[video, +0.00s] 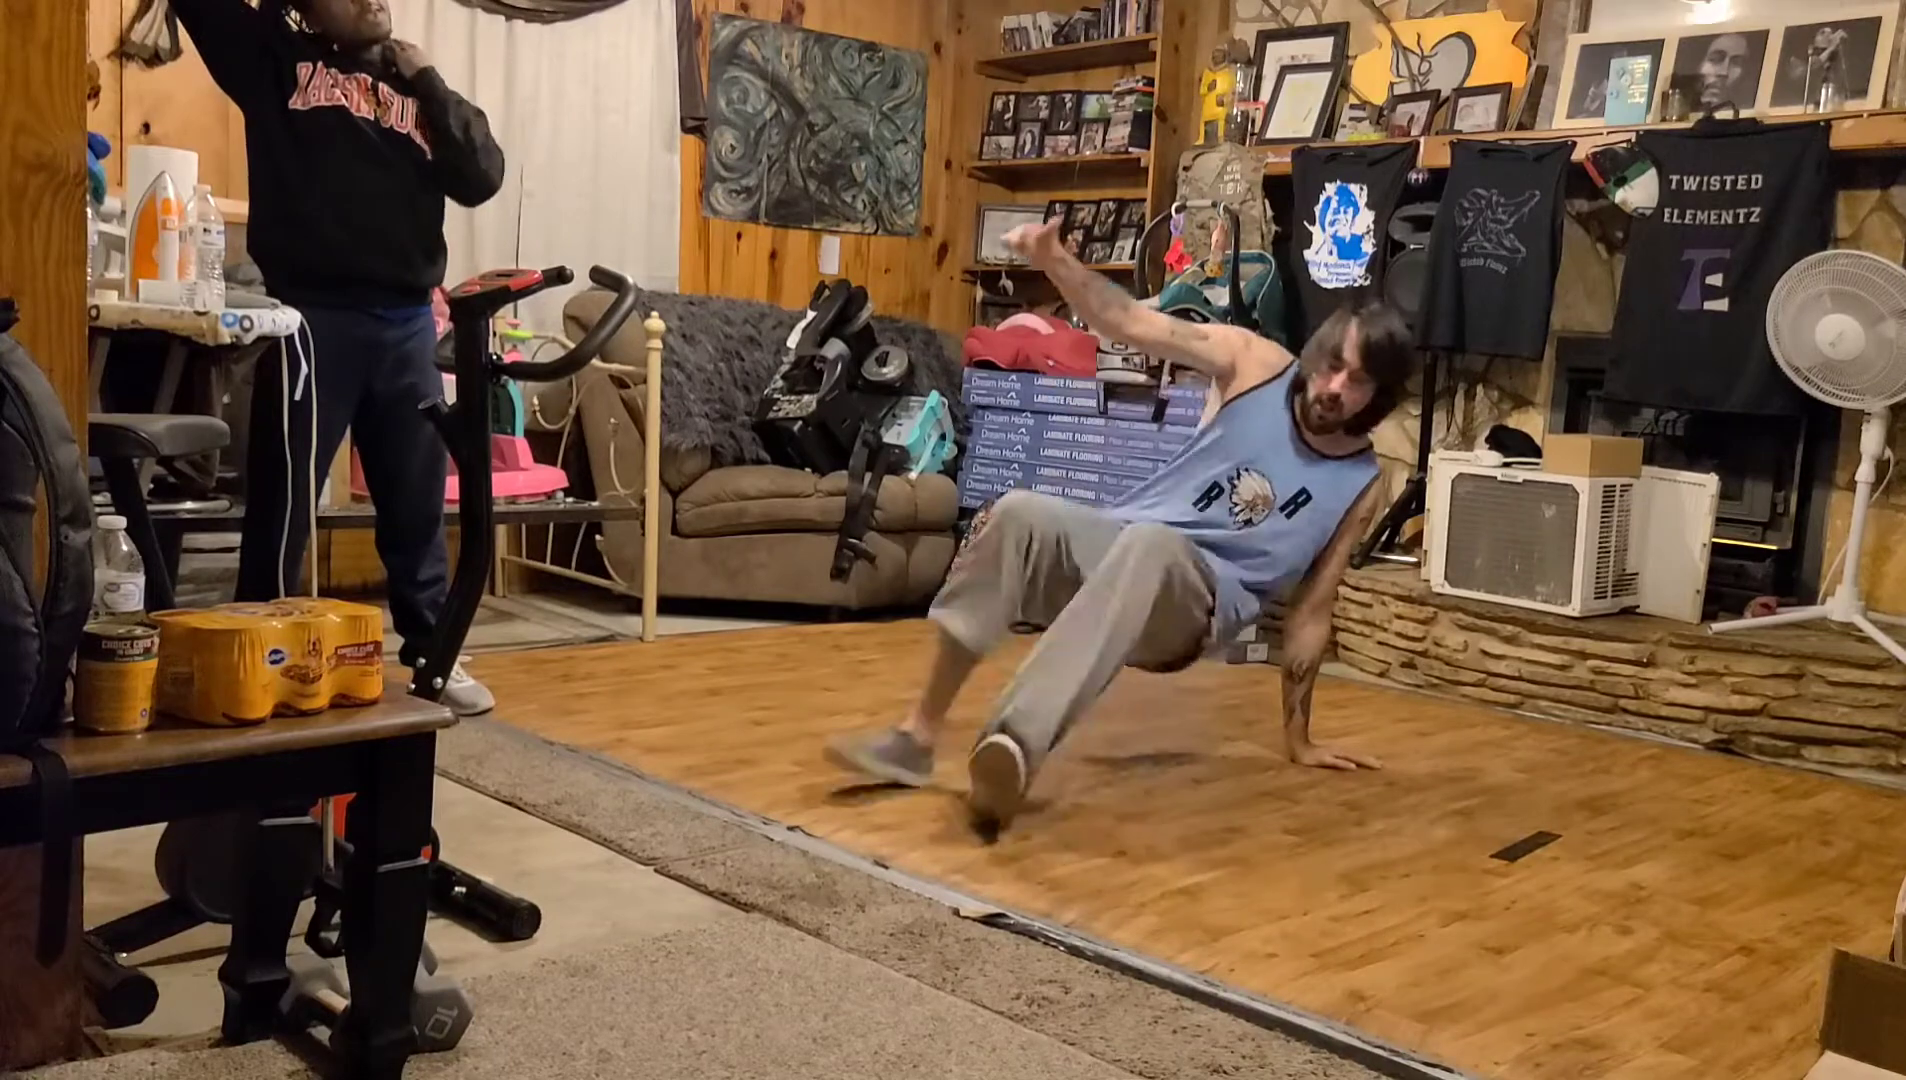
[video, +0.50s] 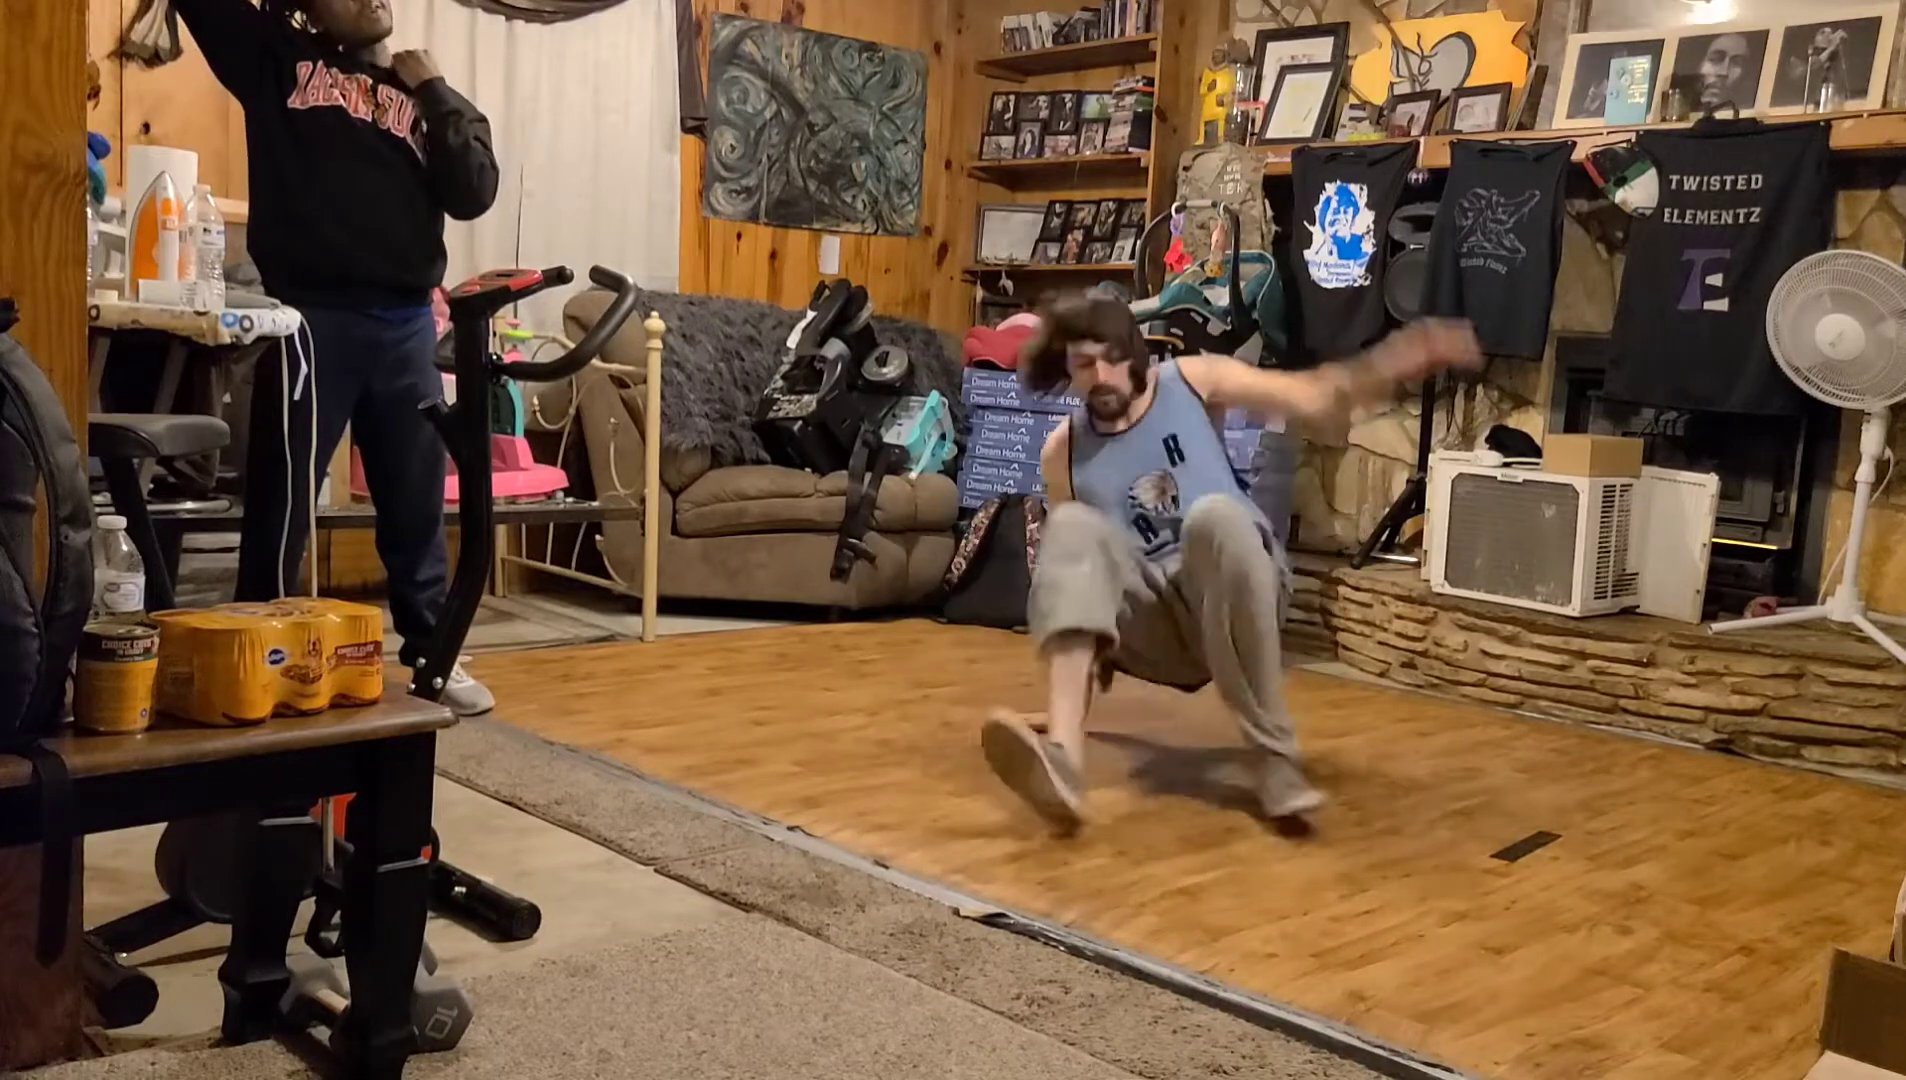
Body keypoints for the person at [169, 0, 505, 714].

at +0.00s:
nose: (374, 2)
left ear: (383, 7)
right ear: (306, 8)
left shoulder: (418, 87)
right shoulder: (273, 58)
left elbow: (481, 180)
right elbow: (195, 0)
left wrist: (429, 85)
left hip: (405, 323)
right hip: (308, 319)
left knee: (416, 502)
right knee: (283, 503)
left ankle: (432, 658)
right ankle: (259, 663)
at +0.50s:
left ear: (383, 10)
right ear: (308, 9)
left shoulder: (417, 94)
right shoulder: (275, 57)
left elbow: (472, 196)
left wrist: (435, 93)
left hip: (405, 325)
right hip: (308, 320)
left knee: (415, 503)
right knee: (282, 502)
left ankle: (433, 657)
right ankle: (258, 662)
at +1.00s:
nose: (378, 3)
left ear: (385, 8)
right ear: (310, 10)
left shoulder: (419, 86)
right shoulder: (272, 56)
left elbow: (472, 181)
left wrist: (430, 79)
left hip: (403, 324)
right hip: (306, 319)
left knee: (415, 502)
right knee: (280, 502)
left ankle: (433, 657)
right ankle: (256, 661)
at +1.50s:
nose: (386, 3)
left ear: (401, 11)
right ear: (331, 2)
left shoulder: (429, 99)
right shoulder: (287, 63)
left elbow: (448, 220)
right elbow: (234, 121)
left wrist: (463, 141)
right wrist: (257, 22)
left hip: (398, 325)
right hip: (298, 322)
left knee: (413, 499)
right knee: (278, 499)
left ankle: (432, 658)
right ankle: (252, 660)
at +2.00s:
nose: (452, 9)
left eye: (454, 1)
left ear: (443, 15)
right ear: (379, 3)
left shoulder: (462, 110)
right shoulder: (313, 78)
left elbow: (474, 227)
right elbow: (282, 182)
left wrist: (500, 159)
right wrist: (367, 139)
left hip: (423, 328)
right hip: (328, 325)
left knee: (428, 500)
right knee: (302, 496)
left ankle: (432, 657)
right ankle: (258, 656)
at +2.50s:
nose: (482, 3)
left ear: (513, 21)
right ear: (434, 6)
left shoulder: (532, 127)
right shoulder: (369, 85)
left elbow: (548, 238)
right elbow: (314, 181)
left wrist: (496, 223)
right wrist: (376, 204)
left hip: (465, 332)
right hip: (372, 323)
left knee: (449, 500)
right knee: (346, 487)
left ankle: (435, 657)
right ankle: (294, 648)